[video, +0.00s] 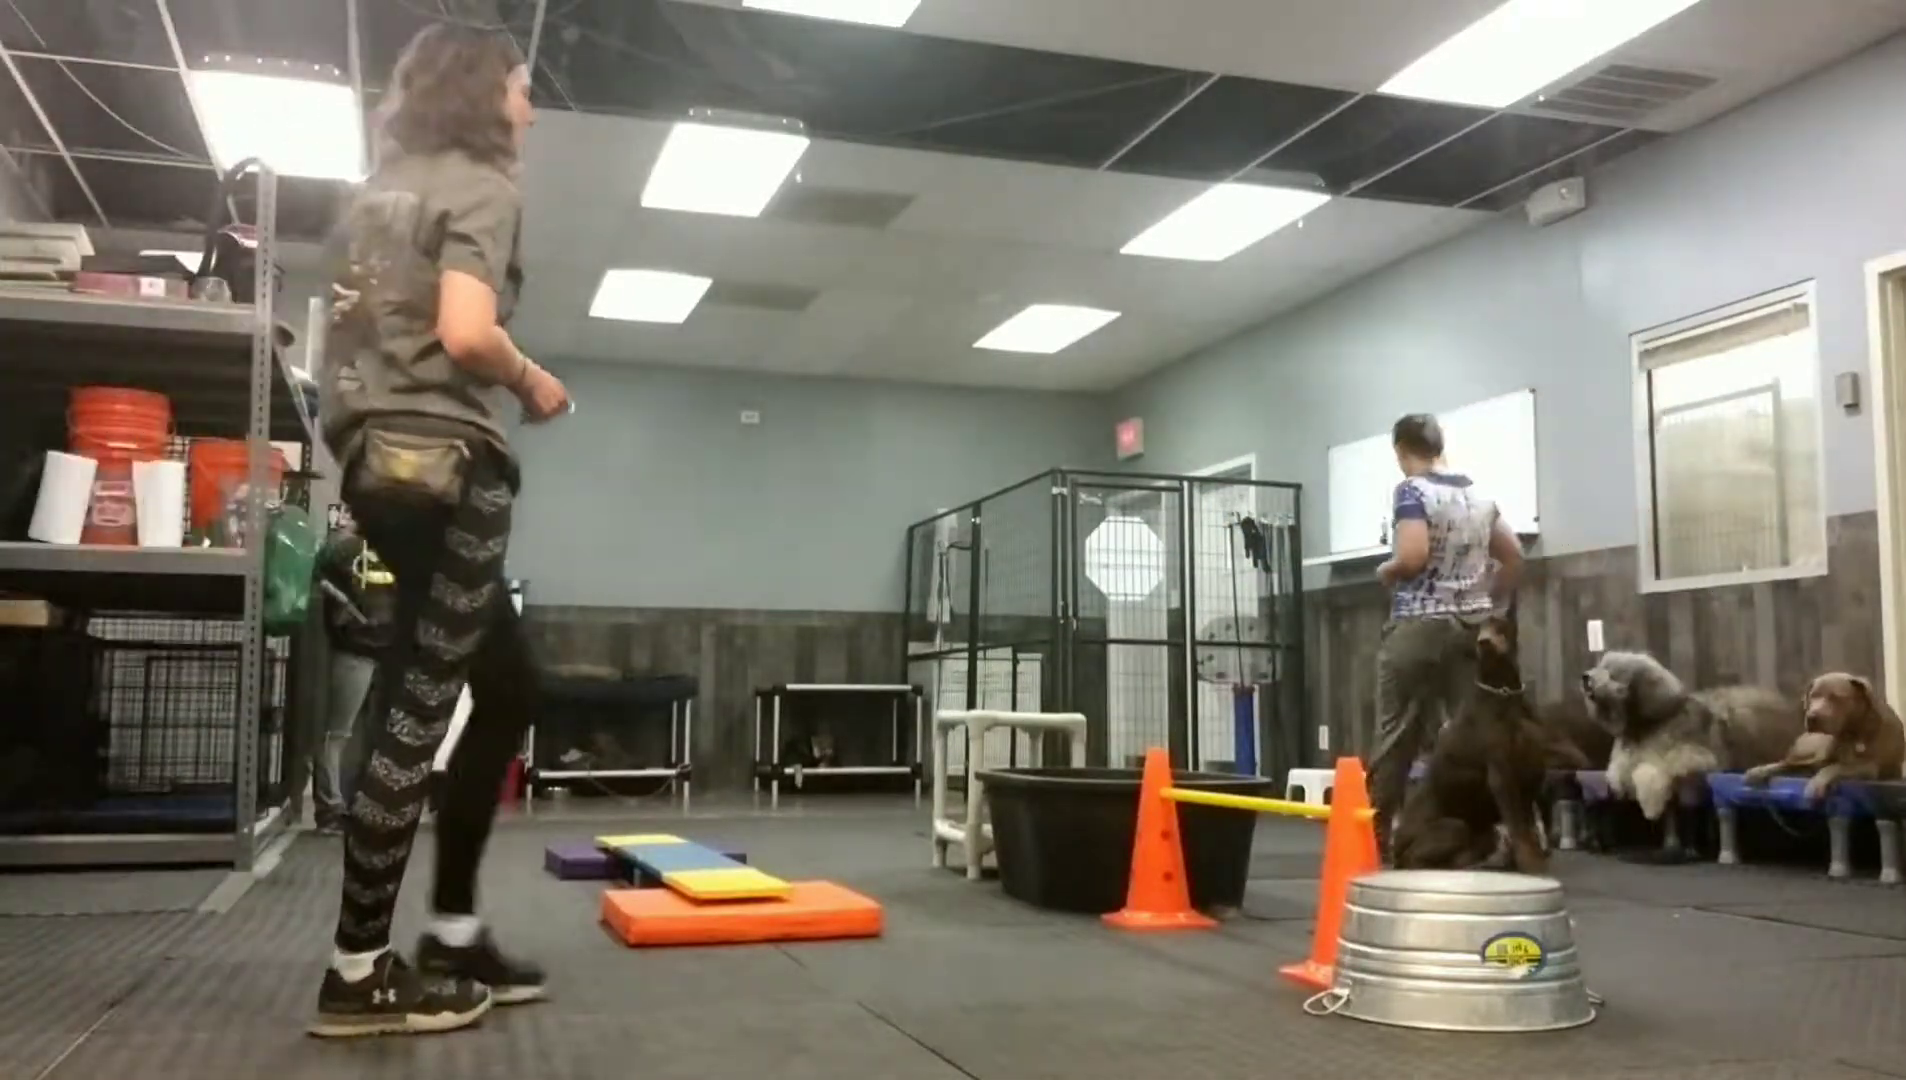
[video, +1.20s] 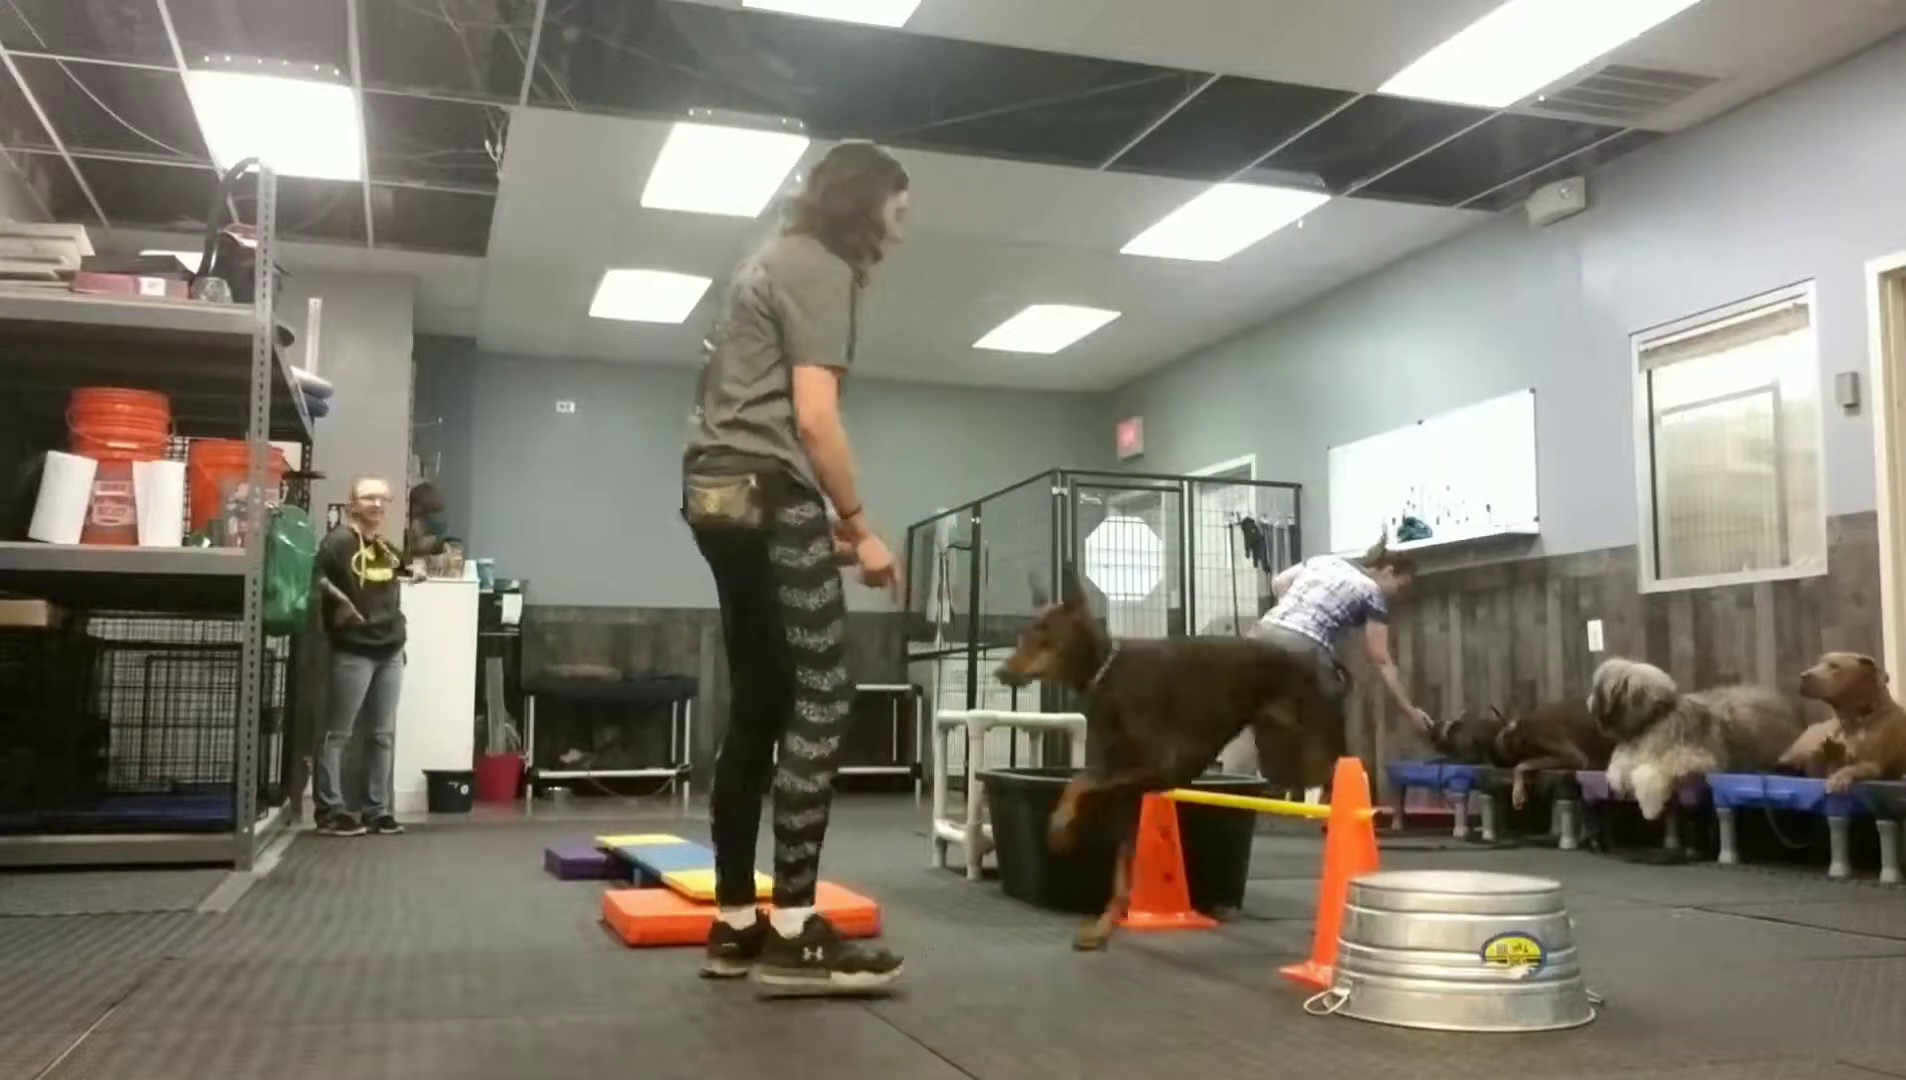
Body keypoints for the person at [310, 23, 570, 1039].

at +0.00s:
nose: (531, 112)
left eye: (528, 93)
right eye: (523, 92)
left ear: (427, 95)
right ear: (487, 94)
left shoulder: (380, 185)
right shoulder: (482, 184)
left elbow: (355, 323)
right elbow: (465, 332)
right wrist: (529, 377)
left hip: (372, 453)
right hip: (443, 459)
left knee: (508, 691)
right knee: (413, 713)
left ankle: (453, 933)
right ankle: (358, 968)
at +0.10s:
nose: (617, 143)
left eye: (615, 125)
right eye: (611, 125)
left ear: (512, 129)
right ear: (579, 128)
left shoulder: (466, 219)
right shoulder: (569, 215)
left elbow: (412, 376)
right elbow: (557, 359)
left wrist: (518, 390)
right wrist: (611, 399)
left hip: (459, 479)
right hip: (532, 482)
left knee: (589, 704)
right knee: (483, 727)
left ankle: (655, 925)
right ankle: (367, 963)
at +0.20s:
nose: (694, 150)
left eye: (692, 131)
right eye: (688, 132)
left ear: (607, 138)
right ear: (657, 139)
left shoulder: (566, 235)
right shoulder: (648, 225)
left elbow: (528, 395)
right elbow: (643, 369)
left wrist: (665, 409)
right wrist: (715, 403)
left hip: (583, 497)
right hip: (638, 494)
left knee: (657, 718)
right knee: (671, 724)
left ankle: (677, 940)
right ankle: (480, 882)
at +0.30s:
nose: (776, 183)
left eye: (777, 166)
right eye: (769, 165)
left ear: (683, 162)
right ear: (735, 165)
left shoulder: (649, 239)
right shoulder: (715, 237)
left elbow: (669, 386)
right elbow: (713, 385)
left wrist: (771, 429)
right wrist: (795, 427)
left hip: (653, 500)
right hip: (711, 498)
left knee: (695, 702)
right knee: (809, 688)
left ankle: (675, 932)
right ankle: (734, 900)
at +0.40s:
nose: (849, 205)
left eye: (851, 189)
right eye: (845, 187)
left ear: (765, 176)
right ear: (812, 181)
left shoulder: (719, 261)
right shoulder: (796, 256)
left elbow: (737, 403)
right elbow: (803, 402)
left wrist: (832, 464)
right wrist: (875, 468)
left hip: (717, 517)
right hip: (787, 514)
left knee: (740, 719)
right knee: (852, 707)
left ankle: (682, 930)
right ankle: (866, 929)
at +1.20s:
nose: (900, 225)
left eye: (903, 210)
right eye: (895, 208)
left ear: (827, 197)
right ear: (860, 202)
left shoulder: (776, 258)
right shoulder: (819, 266)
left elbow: (784, 414)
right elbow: (814, 418)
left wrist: (836, 512)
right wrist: (858, 525)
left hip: (720, 487)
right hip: (769, 490)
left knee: (759, 701)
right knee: (821, 697)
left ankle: (735, 919)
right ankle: (796, 925)